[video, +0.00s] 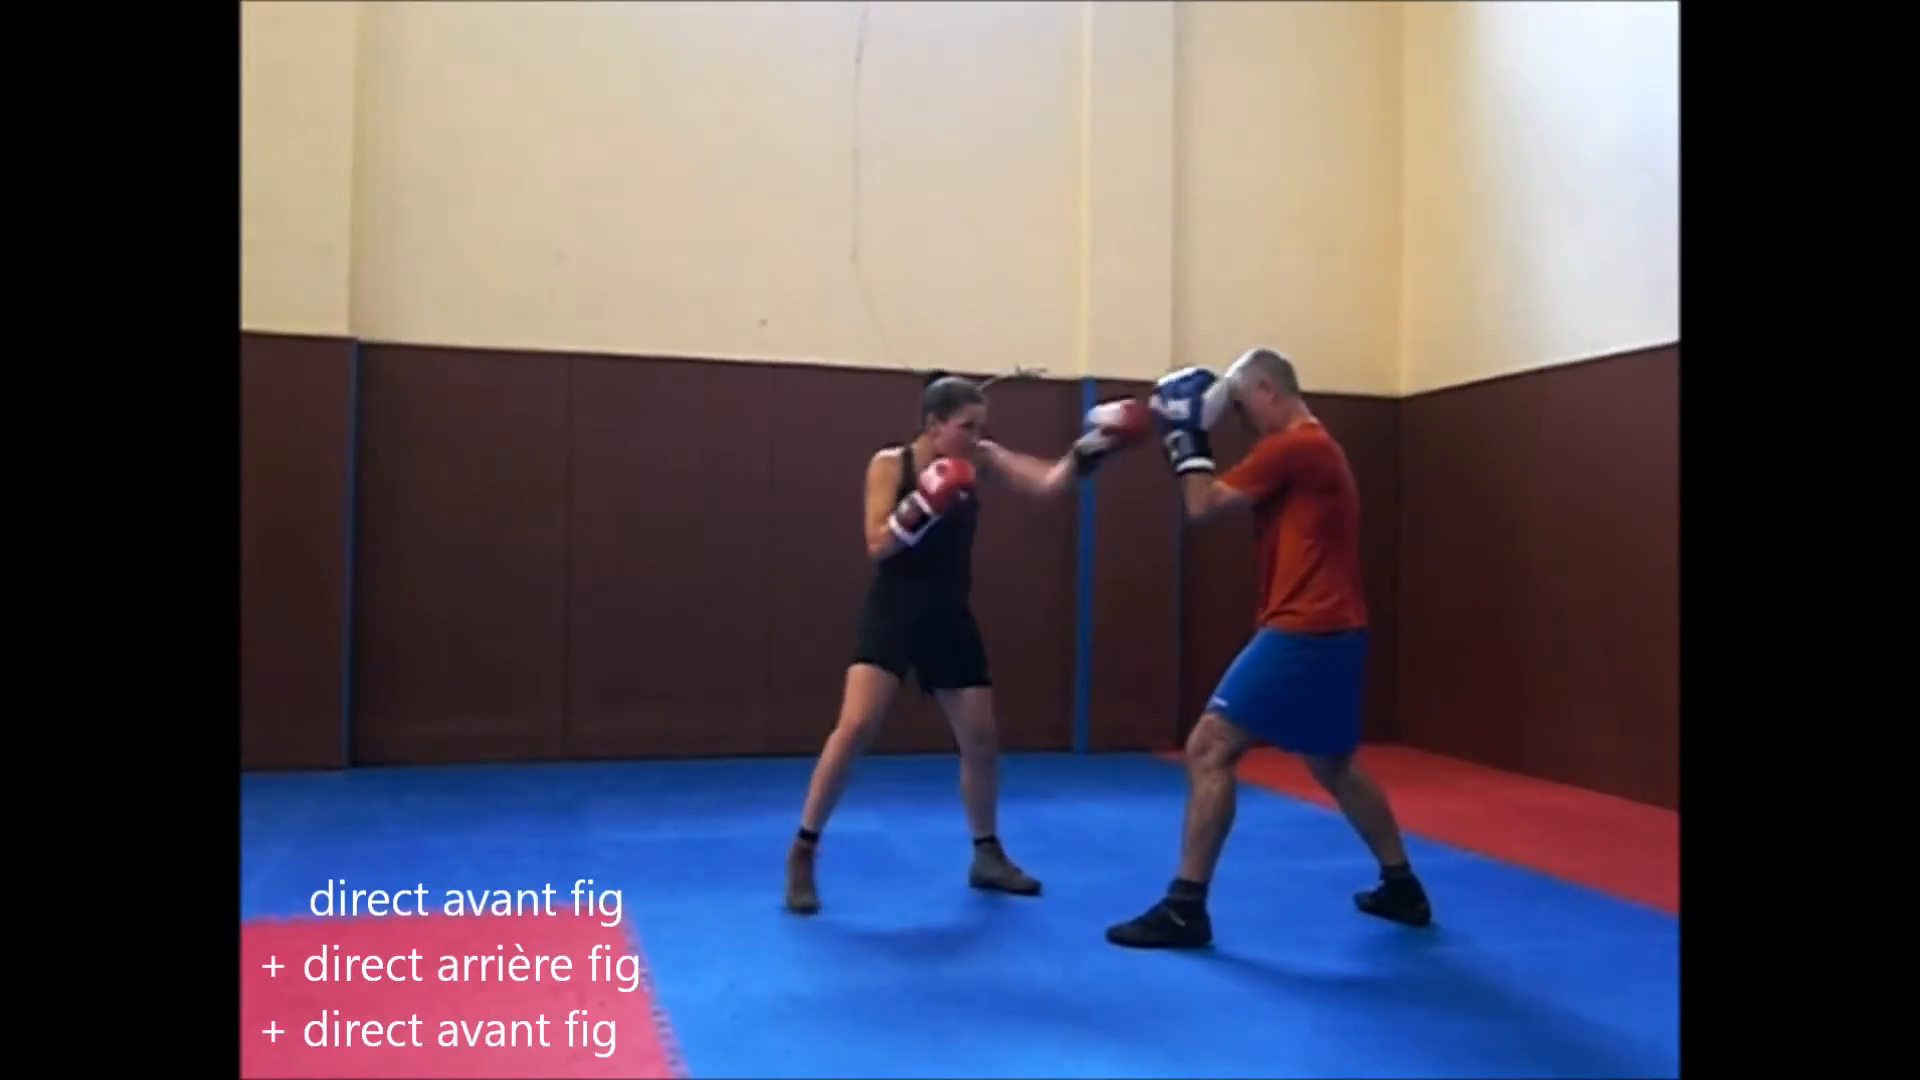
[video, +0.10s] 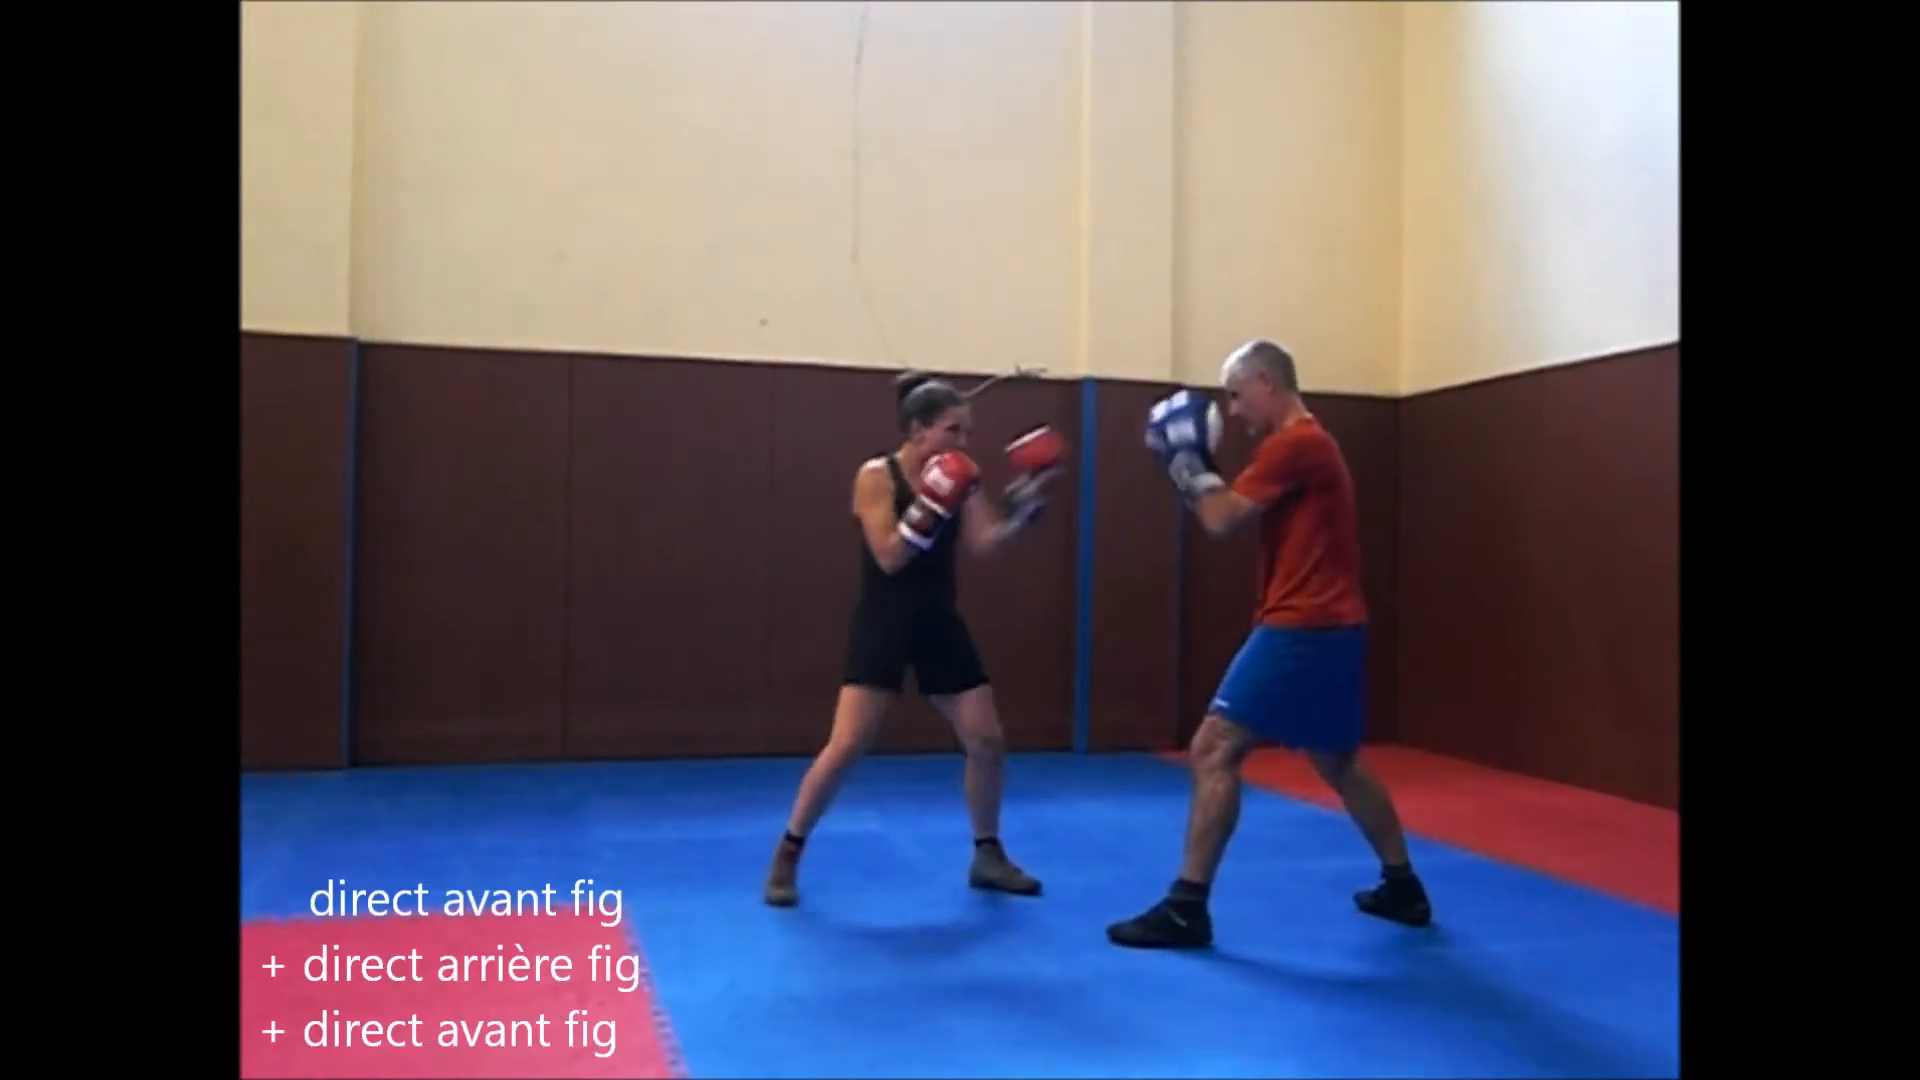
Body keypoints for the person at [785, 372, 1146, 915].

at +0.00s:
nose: (977, 436)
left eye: (980, 428)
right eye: (969, 427)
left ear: (974, 427)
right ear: (935, 423)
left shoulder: (979, 457)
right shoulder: (890, 465)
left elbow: (1047, 483)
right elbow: (877, 545)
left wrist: (1086, 449)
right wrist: (921, 504)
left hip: (949, 616)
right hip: (893, 613)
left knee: (980, 735)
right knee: (856, 725)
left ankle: (988, 856)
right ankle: (803, 851)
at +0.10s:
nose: (962, 442)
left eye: (965, 431)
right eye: (954, 430)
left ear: (954, 431)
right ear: (920, 429)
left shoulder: (957, 478)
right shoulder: (876, 477)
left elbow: (982, 541)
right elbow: (888, 556)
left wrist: (1020, 513)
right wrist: (928, 506)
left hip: (938, 625)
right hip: (882, 626)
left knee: (985, 739)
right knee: (846, 745)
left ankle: (988, 857)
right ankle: (788, 854)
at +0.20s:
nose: (949, 447)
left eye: (952, 437)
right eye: (942, 436)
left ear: (925, 438)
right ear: (906, 435)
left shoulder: (927, 488)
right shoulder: (863, 482)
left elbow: (952, 560)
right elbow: (907, 552)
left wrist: (984, 508)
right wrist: (946, 498)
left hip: (921, 636)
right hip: (865, 639)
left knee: (976, 741)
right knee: (836, 756)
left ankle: (987, 857)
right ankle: (786, 863)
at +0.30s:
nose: (936, 427)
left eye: (939, 417)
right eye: (930, 416)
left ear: (920, 415)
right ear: (899, 411)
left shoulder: (914, 463)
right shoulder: (857, 456)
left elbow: (954, 520)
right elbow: (911, 520)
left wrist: (974, 469)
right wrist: (947, 473)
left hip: (907, 617)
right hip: (853, 618)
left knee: (953, 726)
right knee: (822, 738)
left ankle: (974, 846)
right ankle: (777, 853)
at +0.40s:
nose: (927, 426)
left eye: (930, 418)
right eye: (923, 416)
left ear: (908, 414)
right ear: (897, 409)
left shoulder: (905, 458)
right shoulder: (853, 449)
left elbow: (962, 499)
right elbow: (916, 498)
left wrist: (969, 441)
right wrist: (943, 450)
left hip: (898, 611)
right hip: (845, 612)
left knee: (936, 726)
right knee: (819, 733)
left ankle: (932, 849)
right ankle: (762, 850)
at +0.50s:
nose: (920, 452)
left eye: (924, 442)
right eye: (915, 439)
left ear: (908, 438)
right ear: (886, 429)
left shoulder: (897, 480)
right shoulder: (845, 468)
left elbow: (949, 517)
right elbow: (916, 507)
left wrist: (958, 453)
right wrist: (943, 454)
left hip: (890, 632)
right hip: (839, 633)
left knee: (936, 739)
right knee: (805, 753)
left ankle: (925, 859)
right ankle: (743, 867)